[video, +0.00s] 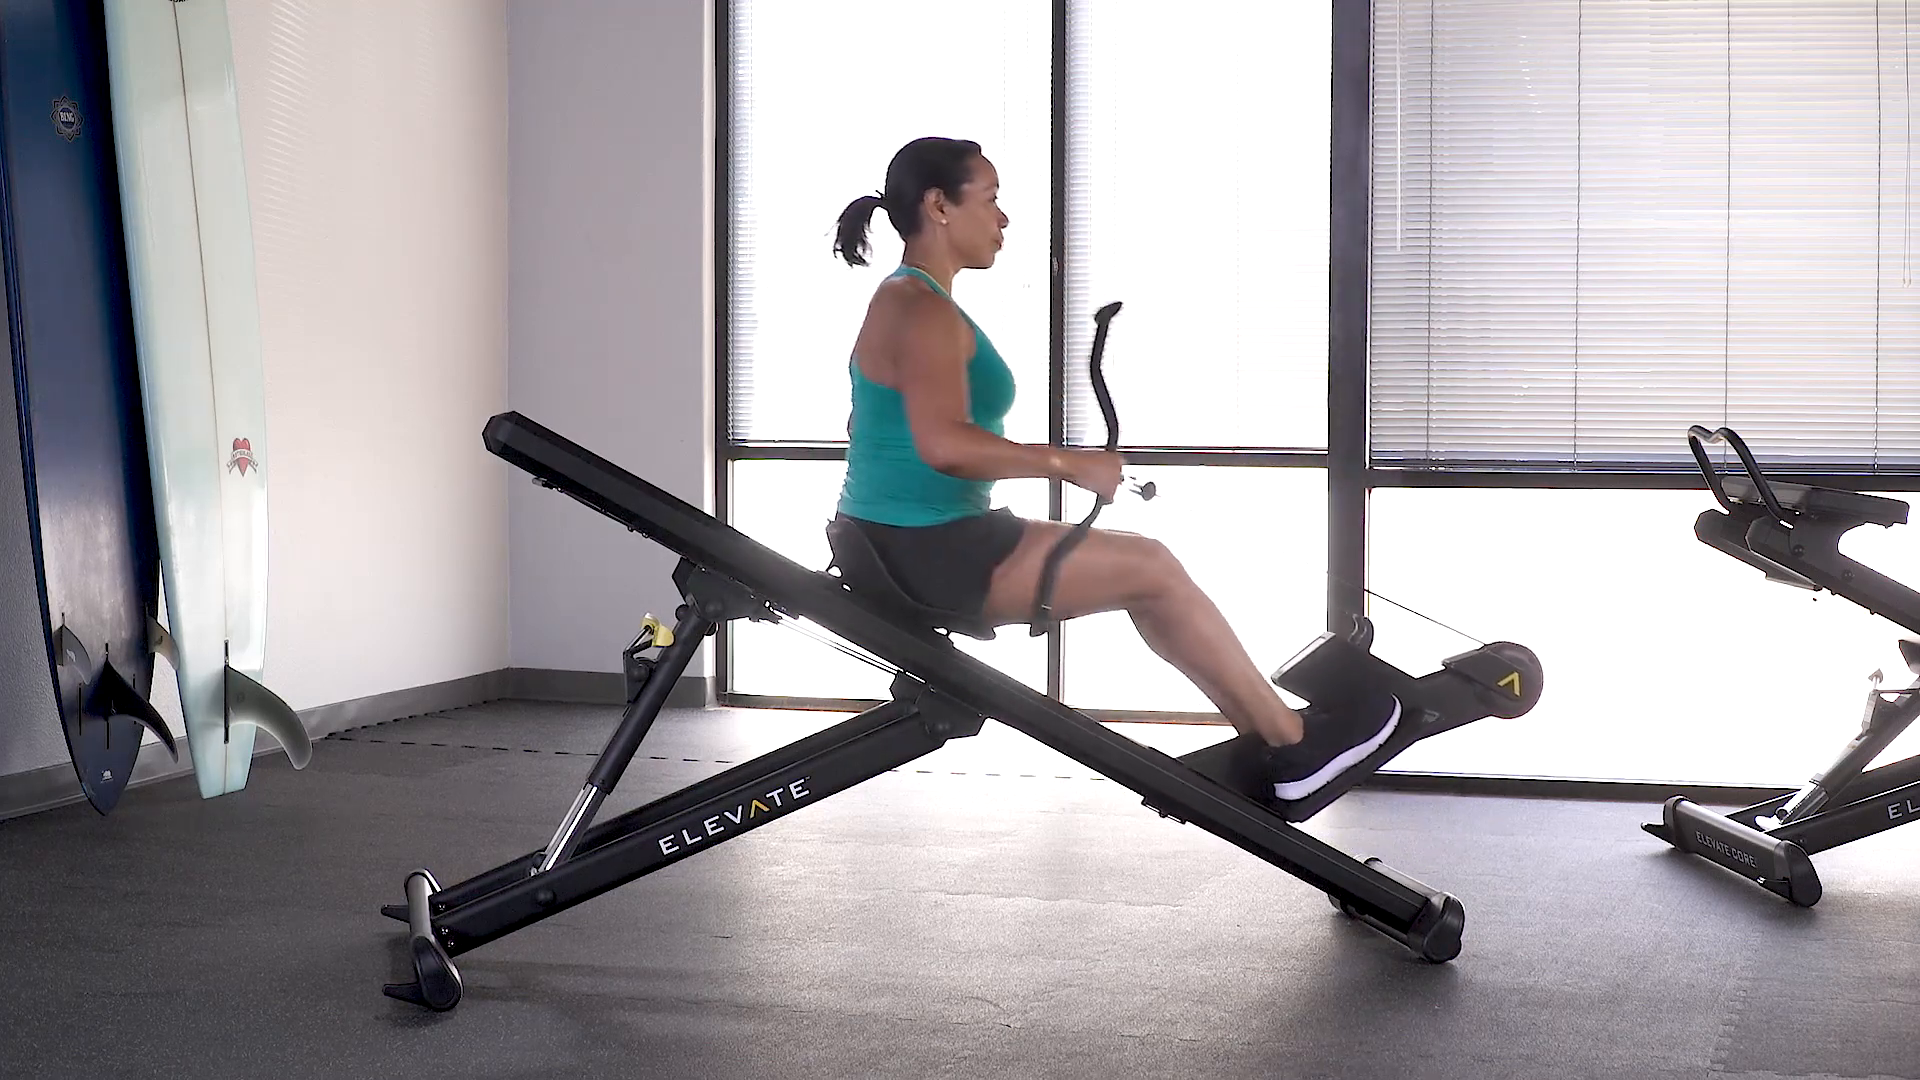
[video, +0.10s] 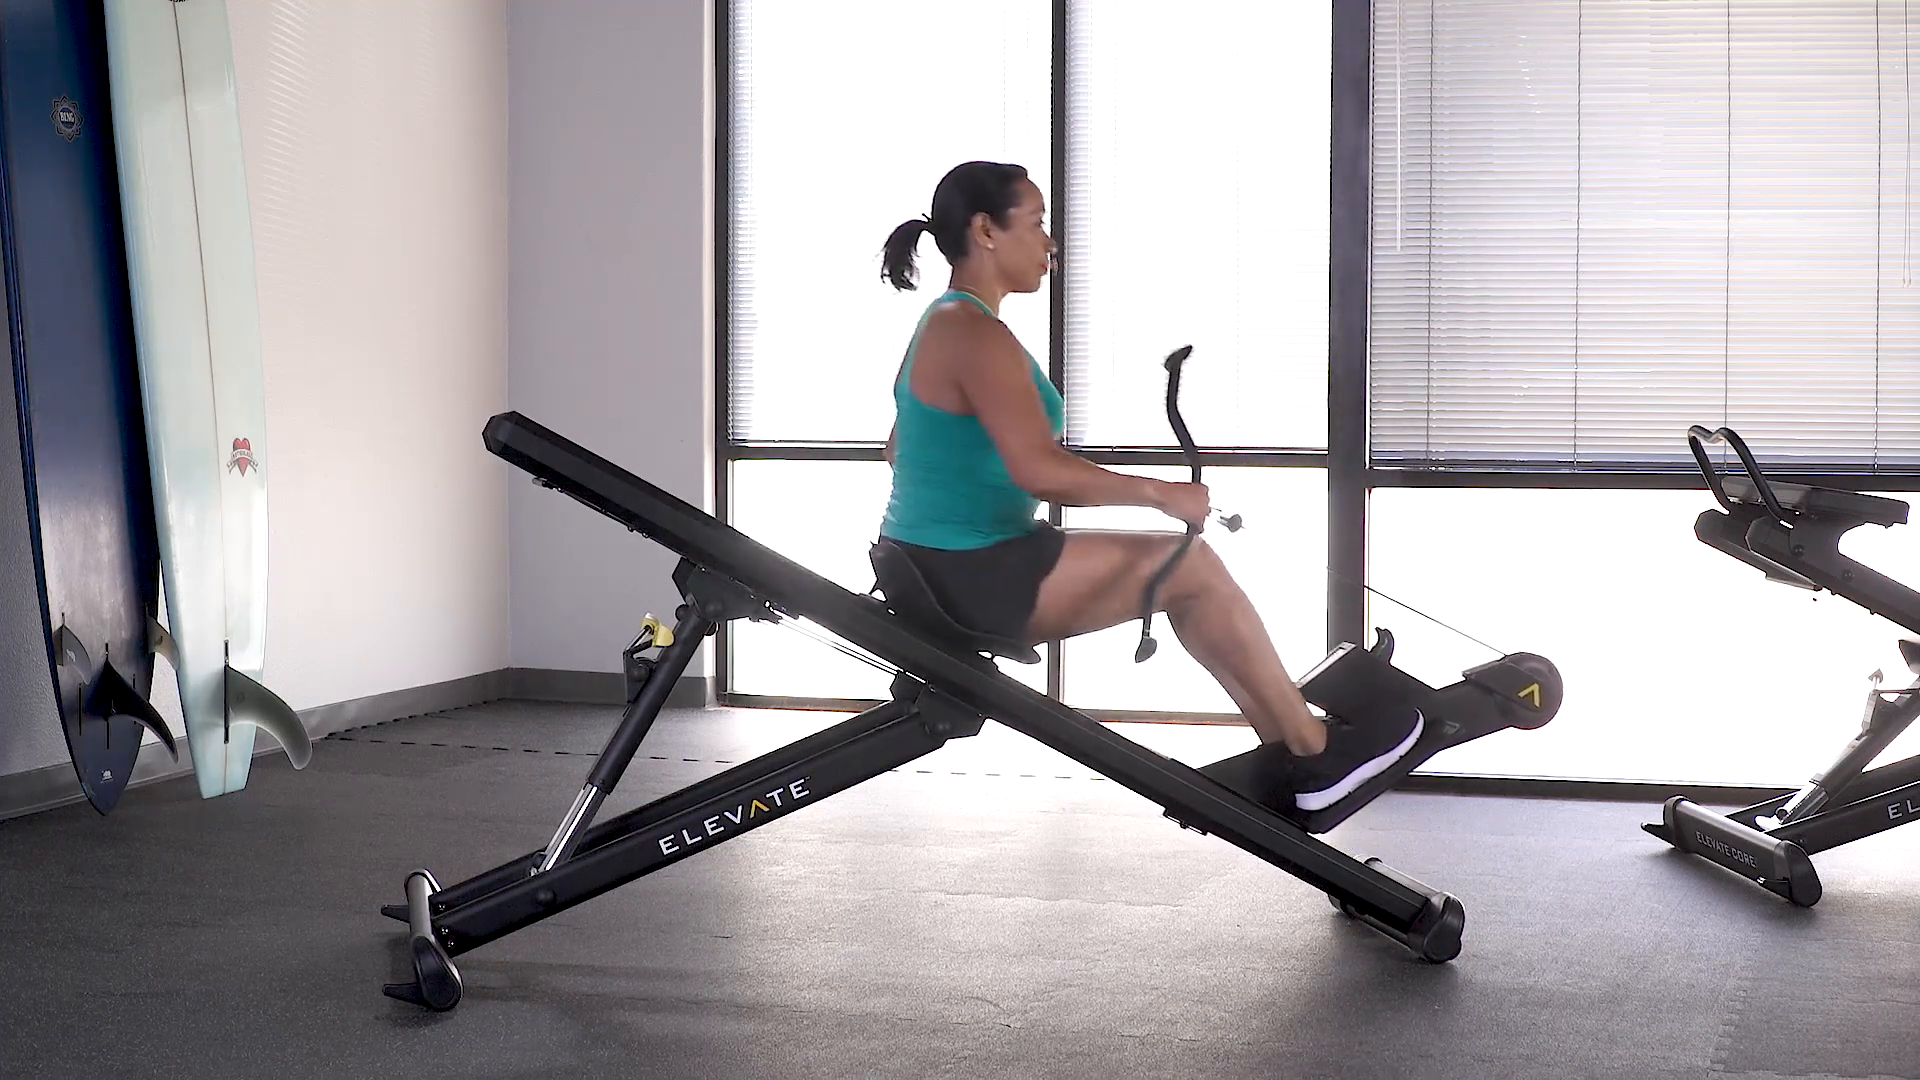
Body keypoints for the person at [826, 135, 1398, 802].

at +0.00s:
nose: (1004, 218)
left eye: (998, 201)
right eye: (991, 201)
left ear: (935, 211)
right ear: (937, 210)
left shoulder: (911, 304)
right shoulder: (922, 314)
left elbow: (942, 445)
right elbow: (942, 443)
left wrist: (1050, 465)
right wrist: (1067, 461)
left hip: (908, 542)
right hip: (917, 551)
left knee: (1144, 568)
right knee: (1151, 566)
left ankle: (1268, 727)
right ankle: (1291, 743)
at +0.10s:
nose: (1049, 241)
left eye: (1043, 223)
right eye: (1036, 223)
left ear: (981, 235)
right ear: (984, 233)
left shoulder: (941, 328)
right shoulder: (979, 337)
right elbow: (1037, 466)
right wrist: (1156, 491)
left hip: (931, 569)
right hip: (967, 576)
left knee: (1177, 564)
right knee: (1186, 563)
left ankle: (1289, 732)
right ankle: (1310, 747)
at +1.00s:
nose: (1169, 291)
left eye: (1163, 273)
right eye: (1155, 274)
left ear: (1097, 290)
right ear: (1104, 288)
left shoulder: (1045, 376)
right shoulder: (1150, 394)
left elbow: (987, 483)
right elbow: (1262, 514)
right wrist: (1369, 576)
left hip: (995, 606)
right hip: (1064, 619)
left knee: (1253, 583)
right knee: (1276, 581)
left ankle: (1331, 760)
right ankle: (1369, 773)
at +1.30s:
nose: (1001, 209)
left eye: (997, 192)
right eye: (990, 191)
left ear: (934, 202)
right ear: (936, 199)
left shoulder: (893, 285)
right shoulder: (925, 288)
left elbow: (955, 418)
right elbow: (960, 417)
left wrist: (1068, 452)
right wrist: (1079, 457)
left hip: (866, 529)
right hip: (899, 536)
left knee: (1110, 598)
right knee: (1122, 592)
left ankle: (1268, 731)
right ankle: (1285, 743)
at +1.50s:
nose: (935, 180)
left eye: (933, 162)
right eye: (925, 160)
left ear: (875, 166)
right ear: (872, 163)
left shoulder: (855, 252)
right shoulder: (831, 252)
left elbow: (814, 367)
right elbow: (783, 366)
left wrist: (922, 389)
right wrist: (912, 390)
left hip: (865, 489)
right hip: (832, 500)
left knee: (1056, 589)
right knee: (1050, 599)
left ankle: (1224, 717)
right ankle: (1232, 723)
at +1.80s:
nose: (942, 188)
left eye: (939, 171)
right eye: (931, 170)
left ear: (880, 173)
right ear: (878, 172)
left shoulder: (861, 262)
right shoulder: (847, 267)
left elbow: (827, 384)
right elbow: (811, 383)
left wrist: (937, 404)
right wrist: (936, 406)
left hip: (854, 501)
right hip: (843, 509)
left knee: (1071, 582)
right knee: (1071, 585)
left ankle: (1237, 719)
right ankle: (1246, 728)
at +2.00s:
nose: (1013, 225)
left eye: (1010, 207)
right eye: (1002, 207)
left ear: (948, 213)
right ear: (950, 210)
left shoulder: (916, 303)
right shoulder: (936, 312)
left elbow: (976, 439)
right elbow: (985, 438)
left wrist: (1084, 460)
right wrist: (1103, 466)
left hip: (907, 544)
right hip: (919, 550)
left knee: (1146, 576)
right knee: (1152, 575)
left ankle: (1275, 731)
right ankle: (1300, 750)